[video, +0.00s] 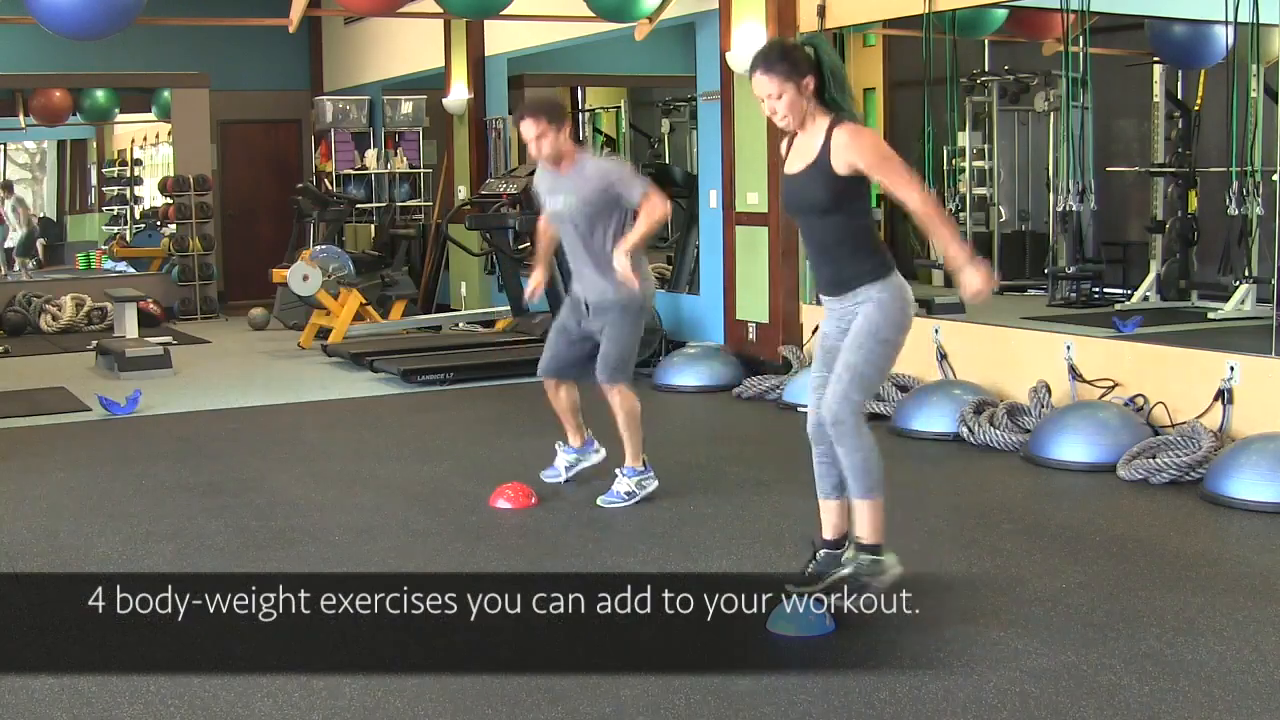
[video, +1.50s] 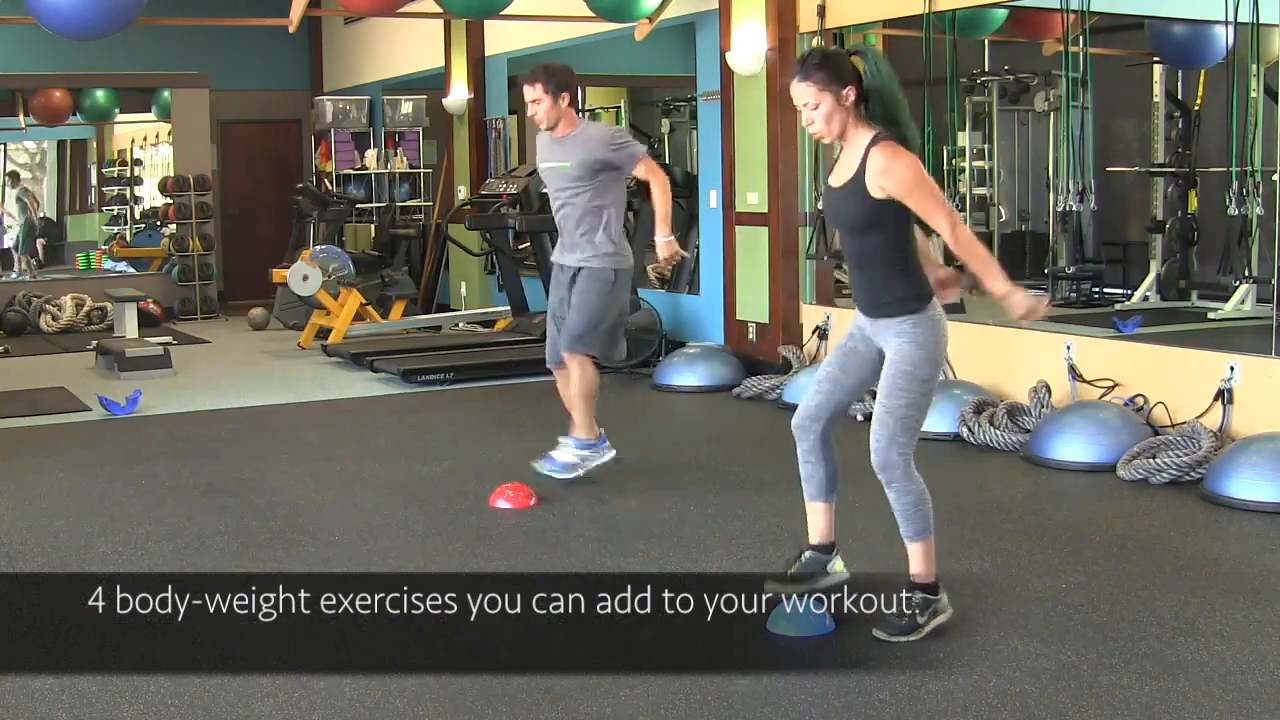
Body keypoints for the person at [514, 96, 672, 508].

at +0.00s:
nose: (533, 149)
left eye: (538, 138)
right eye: (527, 140)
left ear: (564, 130)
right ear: (526, 139)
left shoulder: (606, 170)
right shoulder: (543, 178)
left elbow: (658, 205)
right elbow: (549, 219)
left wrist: (624, 248)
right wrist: (541, 268)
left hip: (623, 299)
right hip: (581, 298)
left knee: (612, 378)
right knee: (553, 374)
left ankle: (637, 470)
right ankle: (580, 445)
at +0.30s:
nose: (557, 136)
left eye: (562, 124)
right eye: (549, 130)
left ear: (584, 118)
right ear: (545, 133)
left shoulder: (621, 163)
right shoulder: (561, 168)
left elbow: (644, 225)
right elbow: (580, 223)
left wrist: (579, 223)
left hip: (626, 300)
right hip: (579, 295)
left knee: (618, 390)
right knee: (544, 373)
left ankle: (641, 469)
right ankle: (558, 460)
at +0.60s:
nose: (535, 135)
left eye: (540, 126)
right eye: (533, 127)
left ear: (569, 121)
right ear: (548, 125)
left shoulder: (607, 156)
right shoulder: (551, 164)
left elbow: (609, 211)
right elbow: (522, 205)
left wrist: (555, 181)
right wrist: (496, 201)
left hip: (625, 284)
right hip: (587, 286)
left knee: (616, 373)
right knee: (559, 369)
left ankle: (650, 461)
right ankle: (592, 446)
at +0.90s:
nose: (529, 256)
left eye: (536, 248)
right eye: (526, 248)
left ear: (562, 247)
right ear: (521, 249)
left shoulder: (589, 278)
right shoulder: (544, 281)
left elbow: (549, 324)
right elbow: (495, 318)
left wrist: (526, 273)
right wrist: (502, 277)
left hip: (651, 358)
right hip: (606, 360)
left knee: (608, 395)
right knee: (551, 390)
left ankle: (655, 472)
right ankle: (599, 455)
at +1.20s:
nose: (523, 214)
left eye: (530, 205)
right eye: (522, 205)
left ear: (558, 207)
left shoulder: (589, 241)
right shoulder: (538, 246)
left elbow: (593, 298)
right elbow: (514, 283)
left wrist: (542, 330)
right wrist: (497, 323)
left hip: (640, 336)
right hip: (599, 337)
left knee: (609, 395)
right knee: (553, 391)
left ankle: (654, 471)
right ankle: (598, 453)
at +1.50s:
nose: (530, 111)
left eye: (536, 102)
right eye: (528, 103)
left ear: (564, 100)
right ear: (537, 104)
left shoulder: (603, 139)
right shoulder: (543, 142)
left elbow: (658, 176)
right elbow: (571, 194)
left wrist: (663, 235)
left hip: (604, 262)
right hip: (565, 261)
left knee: (578, 349)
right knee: (557, 358)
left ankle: (584, 441)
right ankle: (590, 438)